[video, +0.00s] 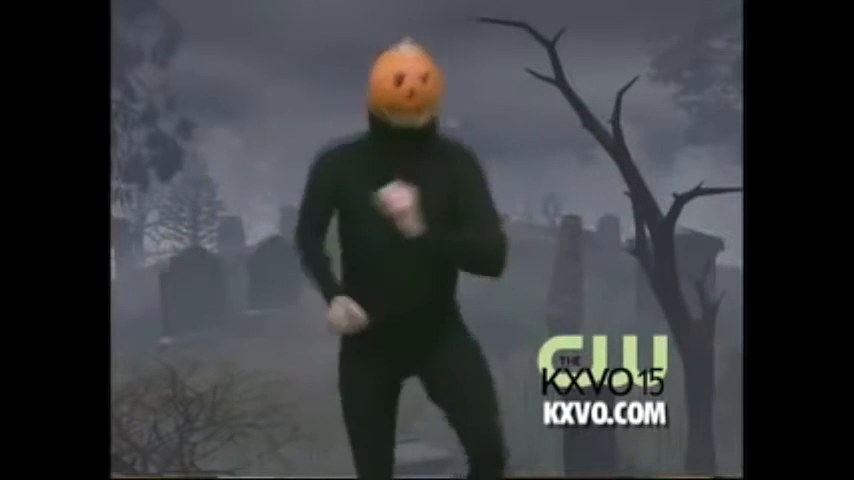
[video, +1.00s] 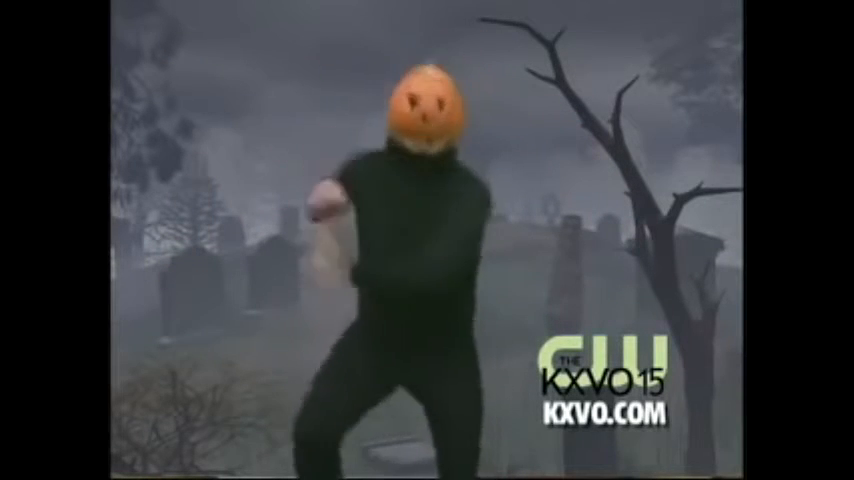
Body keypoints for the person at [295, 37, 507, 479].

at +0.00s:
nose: (410, 87)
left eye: (421, 77)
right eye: (397, 77)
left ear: (437, 91)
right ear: (375, 92)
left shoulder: (456, 162)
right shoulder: (338, 164)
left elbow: (491, 258)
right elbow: (308, 237)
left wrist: (422, 227)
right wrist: (332, 294)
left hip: (440, 332)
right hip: (368, 339)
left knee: (489, 454)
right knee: (373, 470)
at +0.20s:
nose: (434, 104)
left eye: (447, 95)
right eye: (422, 93)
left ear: (464, 102)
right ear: (402, 97)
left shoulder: (469, 170)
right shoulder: (385, 162)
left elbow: (470, 269)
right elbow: (350, 236)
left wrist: (379, 243)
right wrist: (317, 312)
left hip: (452, 351)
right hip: (387, 347)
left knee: (451, 470)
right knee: (388, 470)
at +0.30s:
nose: (435, 111)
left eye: (449, 102)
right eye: (423, 100)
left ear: (468, 110)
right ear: (406, 105)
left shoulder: (469, 177)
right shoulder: (413, 166)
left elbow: (450, 270)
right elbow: (395, 243)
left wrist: (359, 227)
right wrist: (335, 284)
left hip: (459, 354)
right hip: (406, 347)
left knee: (455, 471)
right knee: (335, 461)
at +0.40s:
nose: (435, 128)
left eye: (450, 118)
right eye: (423, 115)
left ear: (470, 128)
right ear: (407, 119)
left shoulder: (469, 195)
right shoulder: (424, 183)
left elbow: (407, 270)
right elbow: (412, 243)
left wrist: (347, 182)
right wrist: (372, 252)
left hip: (468, 368)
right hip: (413, 357)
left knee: (461, 471)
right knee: (302, 421)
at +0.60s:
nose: (443, 79)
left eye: (459, 72)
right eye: (432, 68)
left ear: (478, 87)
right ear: (415, 78)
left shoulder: (476, 158)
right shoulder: (422, 141)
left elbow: (386, 230)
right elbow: (429, 232)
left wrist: (340, 142)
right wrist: (379, 237)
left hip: (460, 335)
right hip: (400, 325)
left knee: (458, 469)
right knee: (342, 450)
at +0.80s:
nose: (447, 95)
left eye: (461, 87)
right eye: (436, 84)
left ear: (479, 102)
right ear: (416, 95)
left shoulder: (478, 177)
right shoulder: (409, 157)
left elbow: (404, 250)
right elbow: (389, 218)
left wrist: (332, 199)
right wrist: (342, 242)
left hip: (460, 350)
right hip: (396, 342)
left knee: (461, 470)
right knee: (344, 458)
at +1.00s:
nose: (425, 106)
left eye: (438, 100)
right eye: (414, 96)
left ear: (456, 119)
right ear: (393, 112)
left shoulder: (468, 191)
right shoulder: (366, 171)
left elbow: (438, 277)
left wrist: (358, 271)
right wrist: (323, 209)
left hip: (445, 349)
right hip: (374, 341)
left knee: (459, 465)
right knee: (313, 435)